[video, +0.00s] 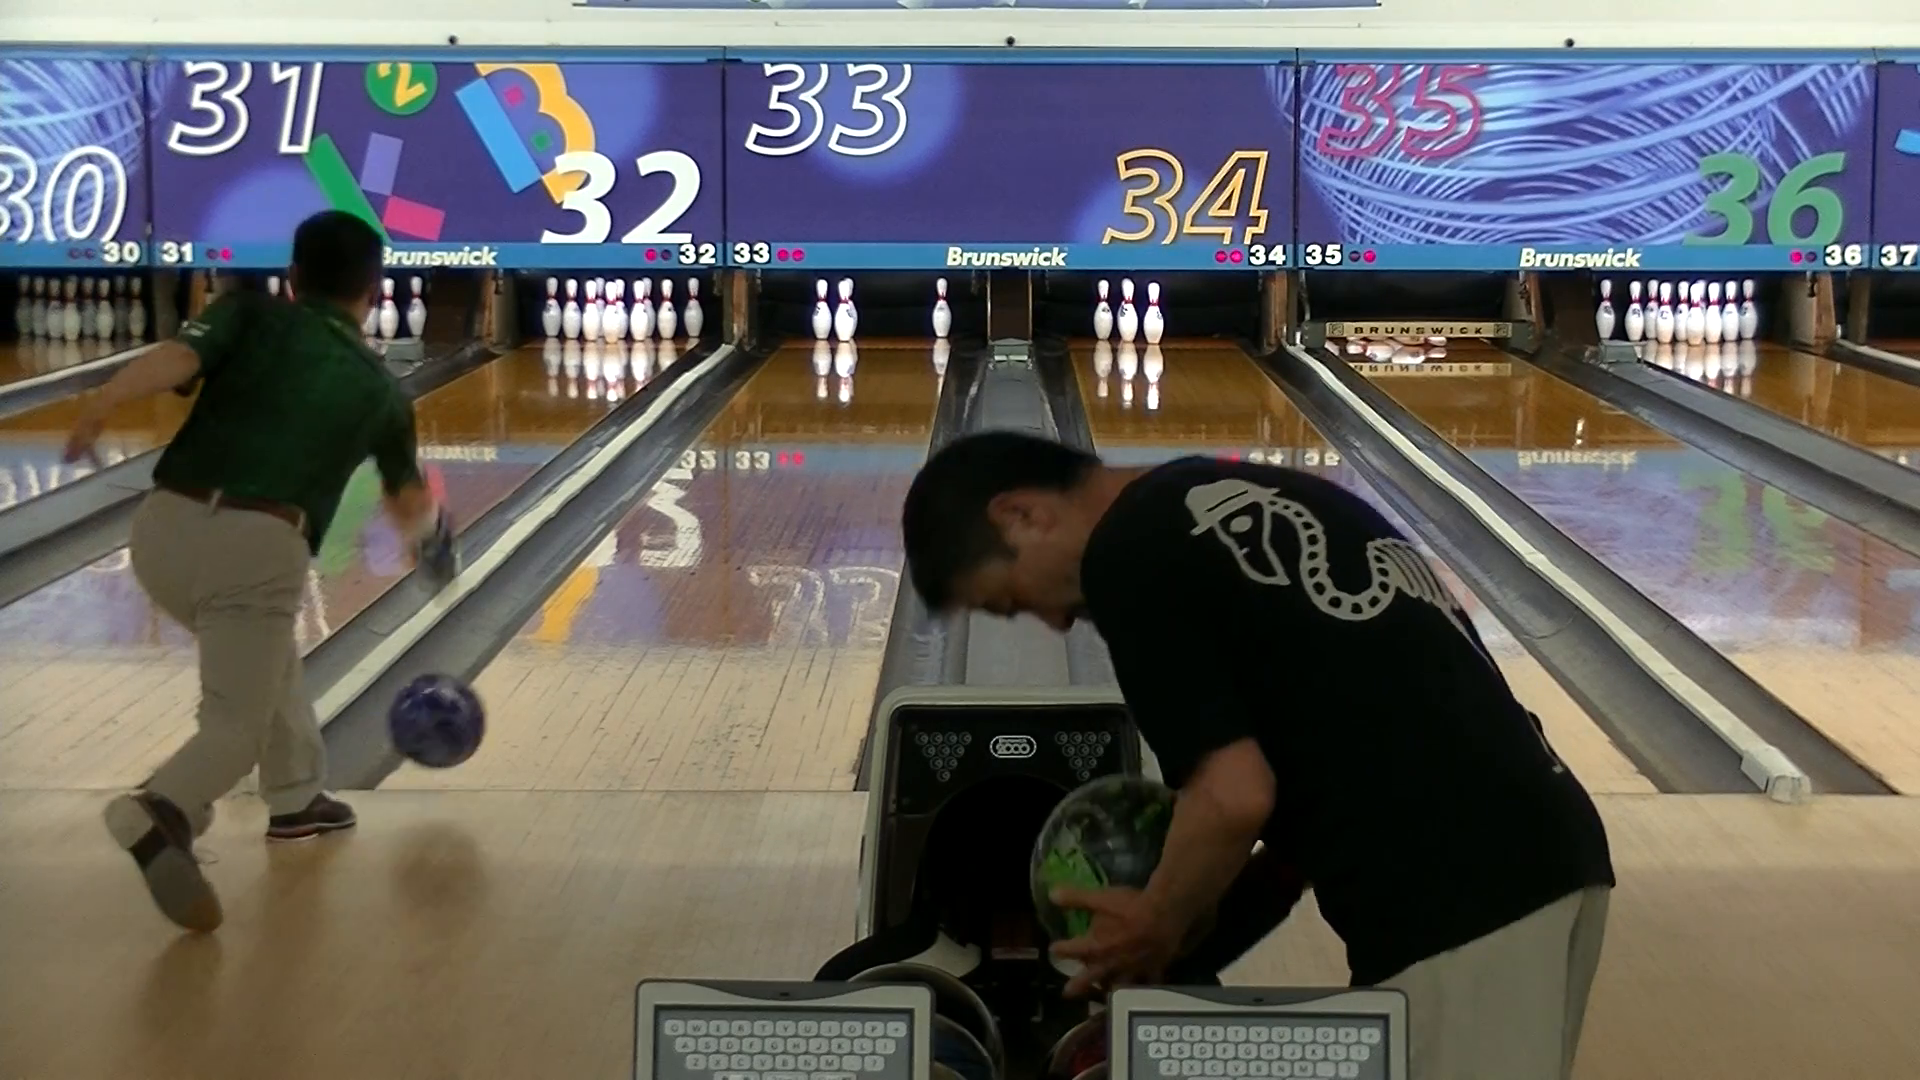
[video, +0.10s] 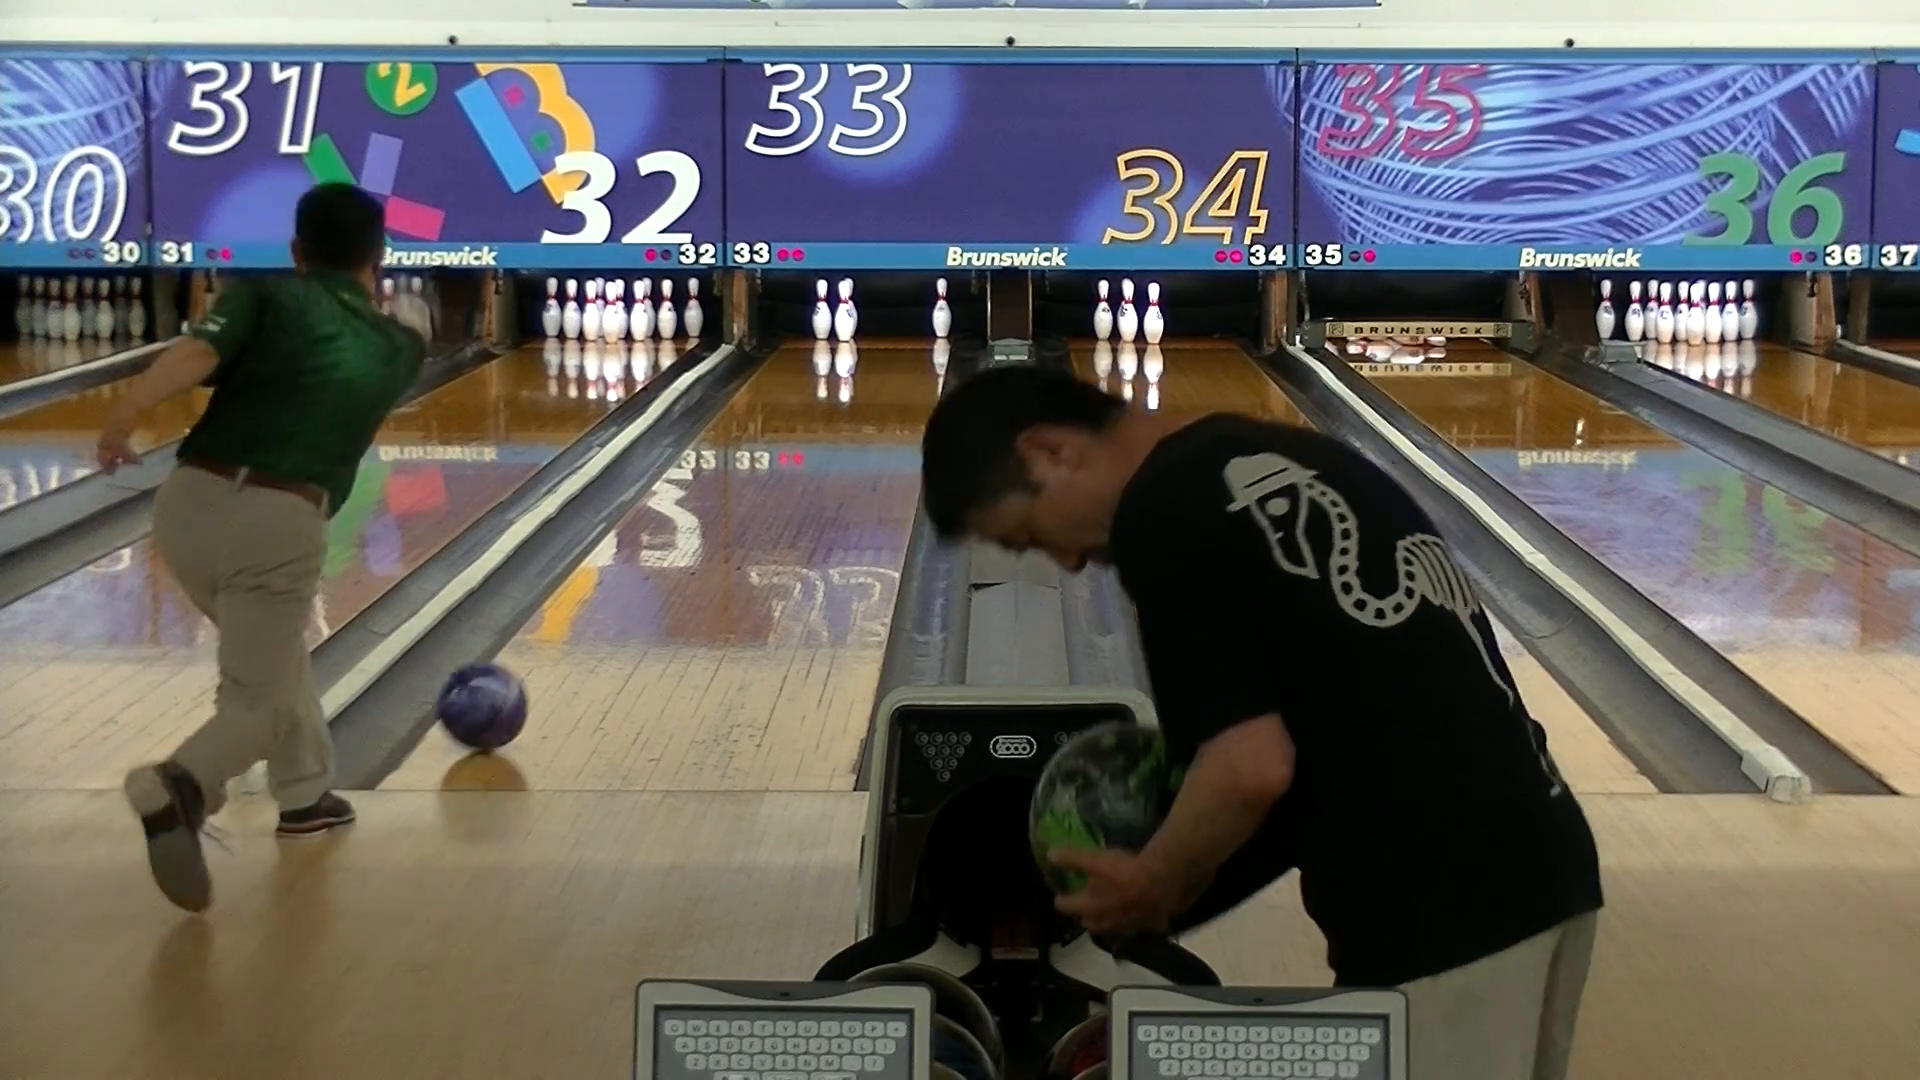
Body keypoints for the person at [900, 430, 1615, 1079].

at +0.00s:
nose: (1047, 624)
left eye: (1013, 600)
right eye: (1015, 614)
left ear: (1025, 518)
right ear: (1031, 505)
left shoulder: (1132, 555)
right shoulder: (1269, 493)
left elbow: (1237, 791)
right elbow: (1333, 780)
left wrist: (1164, 918)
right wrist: (1182, 937)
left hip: (1450, 894)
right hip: (1546, 852)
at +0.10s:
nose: (1056, 563)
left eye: (1028, 536)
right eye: (1027, 551)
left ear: (1049, 453)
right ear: (1056, 440)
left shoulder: (1164, 510)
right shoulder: (1288, 451)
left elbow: (1251, 761)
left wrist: (1157, 881)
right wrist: (1177, 878)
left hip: (1431, 903)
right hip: (1543, 862)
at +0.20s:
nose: (1083, 499)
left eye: (1055, 470)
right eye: (1052, 482)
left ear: (1094, 390)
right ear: (1097, 384)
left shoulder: (1195, 472)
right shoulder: (1338, 418)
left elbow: (1258, 727)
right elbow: (1382, 680)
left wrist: (1151, 818)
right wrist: (1188, 796)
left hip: (1405, 925)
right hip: (1523, 885)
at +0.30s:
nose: (1101, 454)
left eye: (1077, 420)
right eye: (1072, 432)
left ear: (1125, 347)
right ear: (1129, 341)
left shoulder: (1216, 456)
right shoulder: (1378, 395)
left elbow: (1252, 720)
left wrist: (1145, 792)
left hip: (1389, 944)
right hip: (1519, 906)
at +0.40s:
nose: (1130, 429)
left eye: (1109, 393)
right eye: (1103, 404)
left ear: (1162, 322)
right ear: (1168, 314)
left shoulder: (1245, 442)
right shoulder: (1411, 386)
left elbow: (1283, 718)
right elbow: (1429, 625)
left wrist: (1179, 792)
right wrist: (1227, 631)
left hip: (1376, 955)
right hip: (1520, 922)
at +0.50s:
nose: (1145, 415)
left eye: (1129, 377)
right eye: (1123, 388)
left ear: (1193, 307)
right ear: (1199, 303)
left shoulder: (1273, 442)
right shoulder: (1434, 387)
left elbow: (1312, 711)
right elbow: (1437, 635)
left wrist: (1197, 791)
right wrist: (1240, 655)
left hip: (1379, 952)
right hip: (1526, 918)